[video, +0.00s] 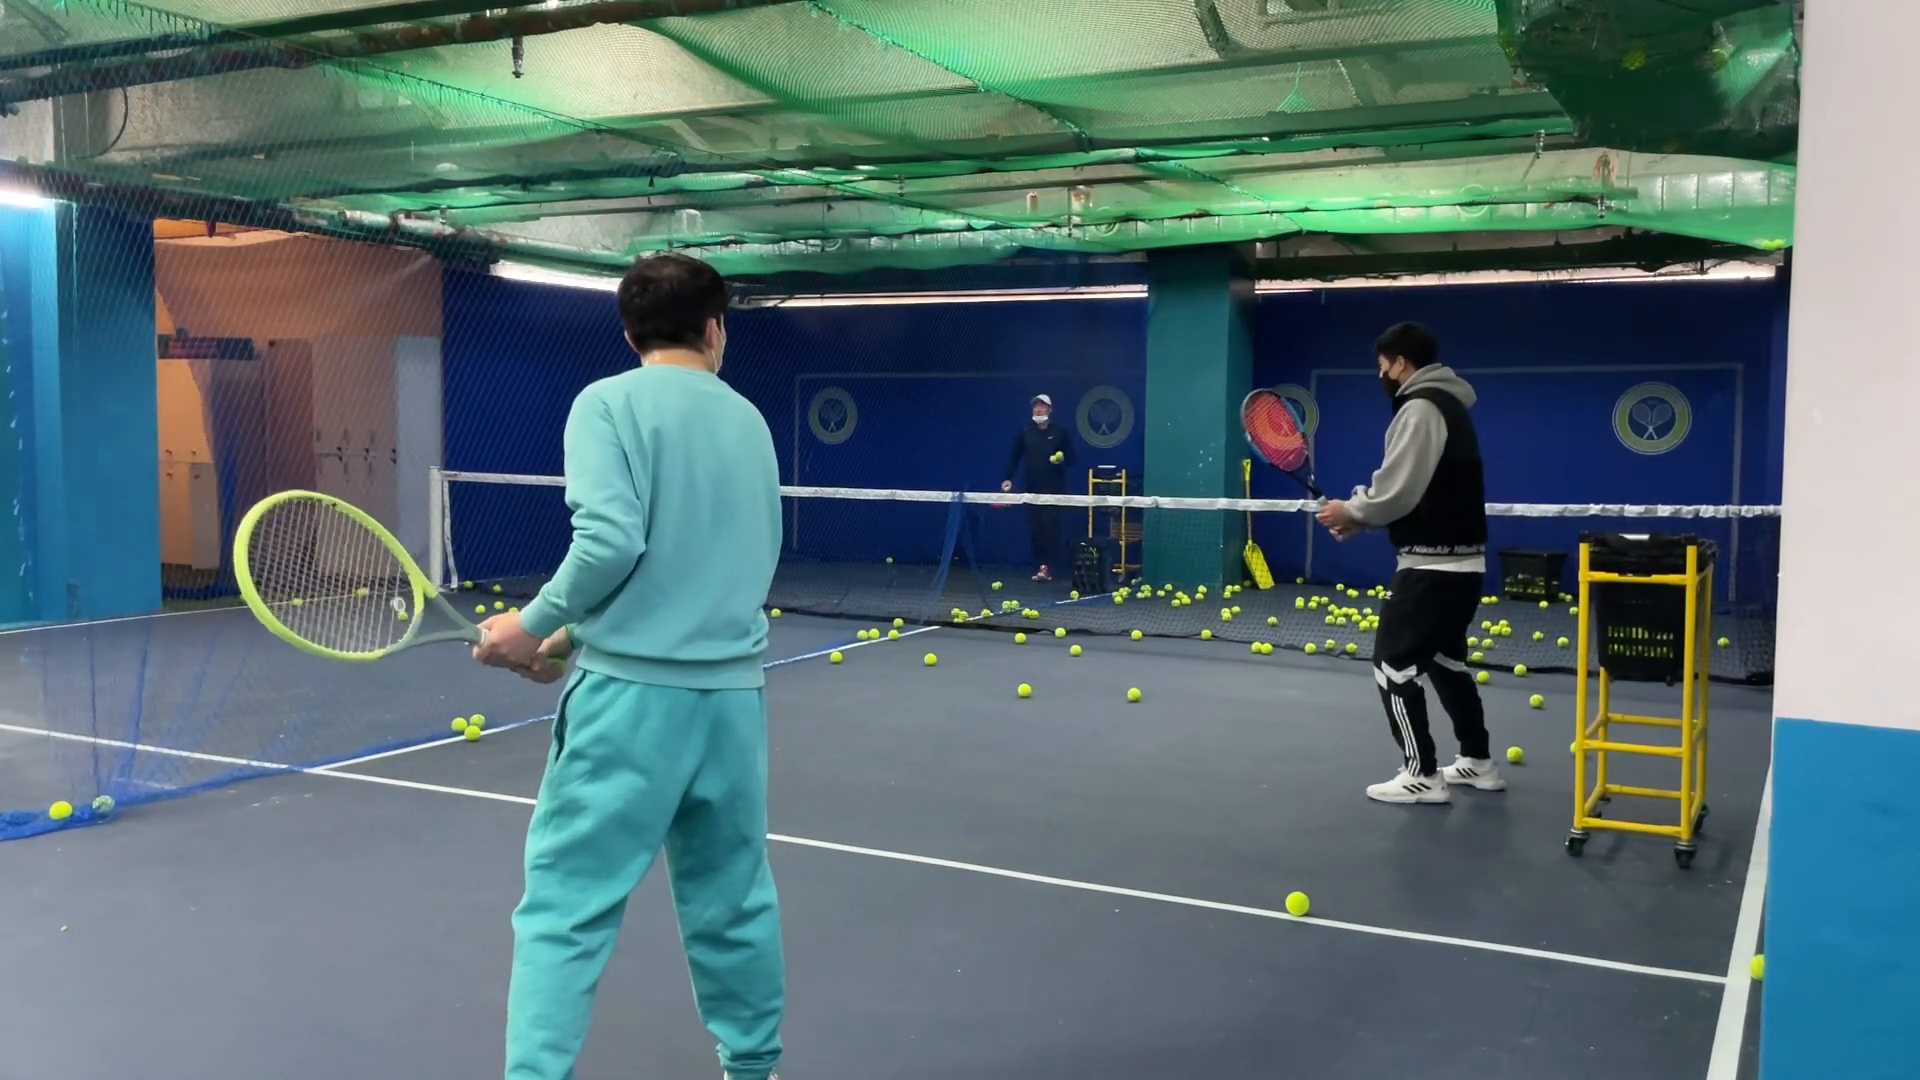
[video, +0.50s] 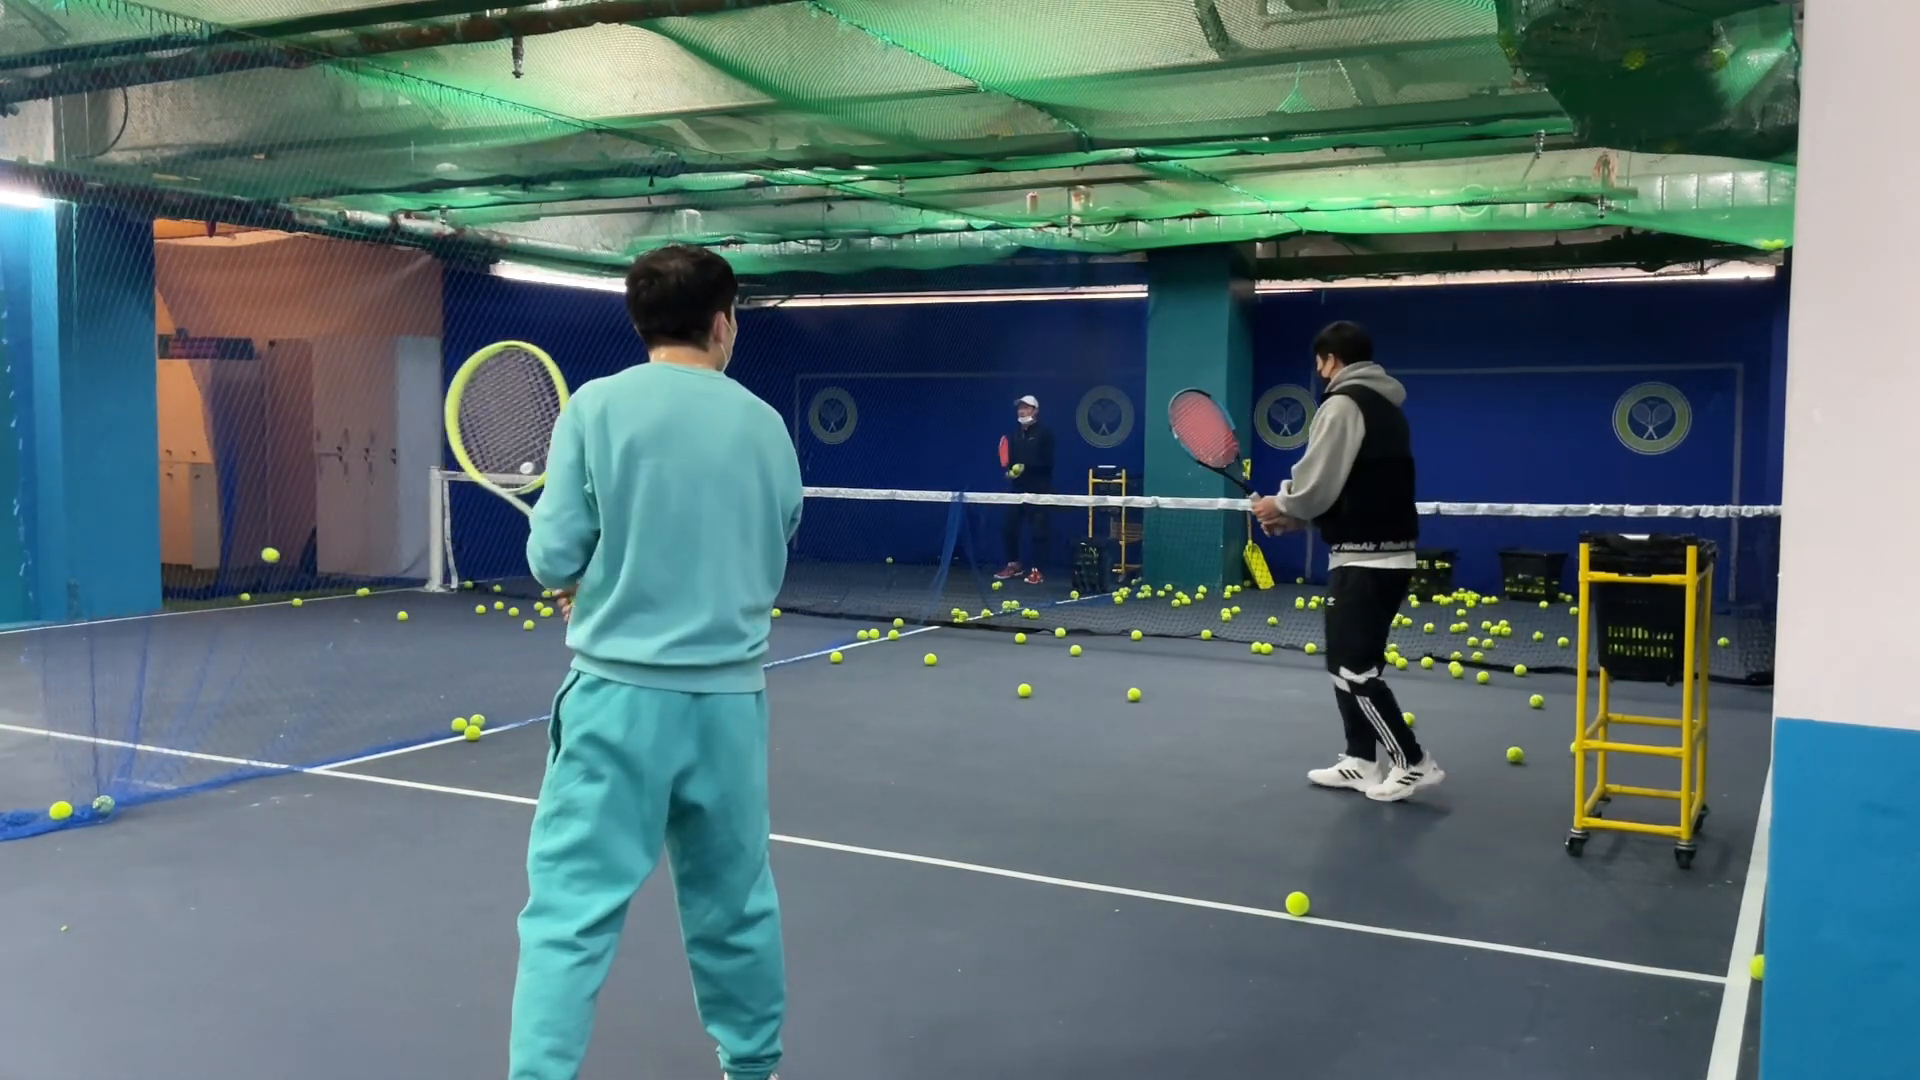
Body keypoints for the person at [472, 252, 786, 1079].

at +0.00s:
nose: (727, 337)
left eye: (722, 324)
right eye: (726, 325)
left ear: (635, 331)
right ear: (712, 330)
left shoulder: (607, 404)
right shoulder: (750, 423)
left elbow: (612, 540)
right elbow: (726, 565)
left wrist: (528, 623)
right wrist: (572, 635)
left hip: (627, 701)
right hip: (734, 703)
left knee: (566, 911)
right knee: (733, 896)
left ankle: (536, 1069)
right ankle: (754, 1064)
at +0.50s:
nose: (735, 328)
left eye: (732, 315)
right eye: (734, 316)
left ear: (639, 325)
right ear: (721, 322)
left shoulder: (592, 409)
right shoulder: (766, 425)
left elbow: (555, 555)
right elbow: (769, 548)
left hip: (615, 704)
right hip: (731, 707)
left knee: (570, 909)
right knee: (734, 900)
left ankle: (540, 1069)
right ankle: (750, 1064)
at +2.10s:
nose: (732, 330)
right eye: (731, 319)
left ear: (634, 324)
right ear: (723, 323)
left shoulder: (605, 400)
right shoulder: (754, 426)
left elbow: (533, 535)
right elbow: (657, 563)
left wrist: (469, 513)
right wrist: (521, 556)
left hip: (617, 708)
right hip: (726, 710)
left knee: (579, 920)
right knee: (732, 905)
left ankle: (554, 1071)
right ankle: (752, 1065)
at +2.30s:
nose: (606, 326)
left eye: (608, 316)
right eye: (713, 320)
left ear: (615, 324)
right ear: (705, 325)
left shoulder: (604, 393)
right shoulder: (722, 419)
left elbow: (530, 506)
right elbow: (593, 533)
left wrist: (431, 471)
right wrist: (465, 524)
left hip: (615, 709)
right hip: (718, 708)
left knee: (582, 927)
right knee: (724, 904)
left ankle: (562, 1071)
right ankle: (753, 1064)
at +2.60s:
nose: (564, 322)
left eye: (564, 311)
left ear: (571, 323)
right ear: (665, 325)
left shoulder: (600, 399)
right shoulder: (674, 413)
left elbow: (592, 519)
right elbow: (571, 536)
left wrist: (456, 483)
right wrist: (453, 525)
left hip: (608, 710)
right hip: (692, 706)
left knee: (572, 932)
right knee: (705, 901)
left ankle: (561, 1070)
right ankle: (748, 1064)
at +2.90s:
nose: (523, 328)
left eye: (523, 316)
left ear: (529, 325)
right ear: (621, 320)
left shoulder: (568, 399)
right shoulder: (641, 411)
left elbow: (588, 535)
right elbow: (553, 570)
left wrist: (445, 519)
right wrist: (441, 559)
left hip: (588, 706)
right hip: (671, 699)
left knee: (549, 938)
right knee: (672, 881)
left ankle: (550, 1070)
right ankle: (736, 1054)